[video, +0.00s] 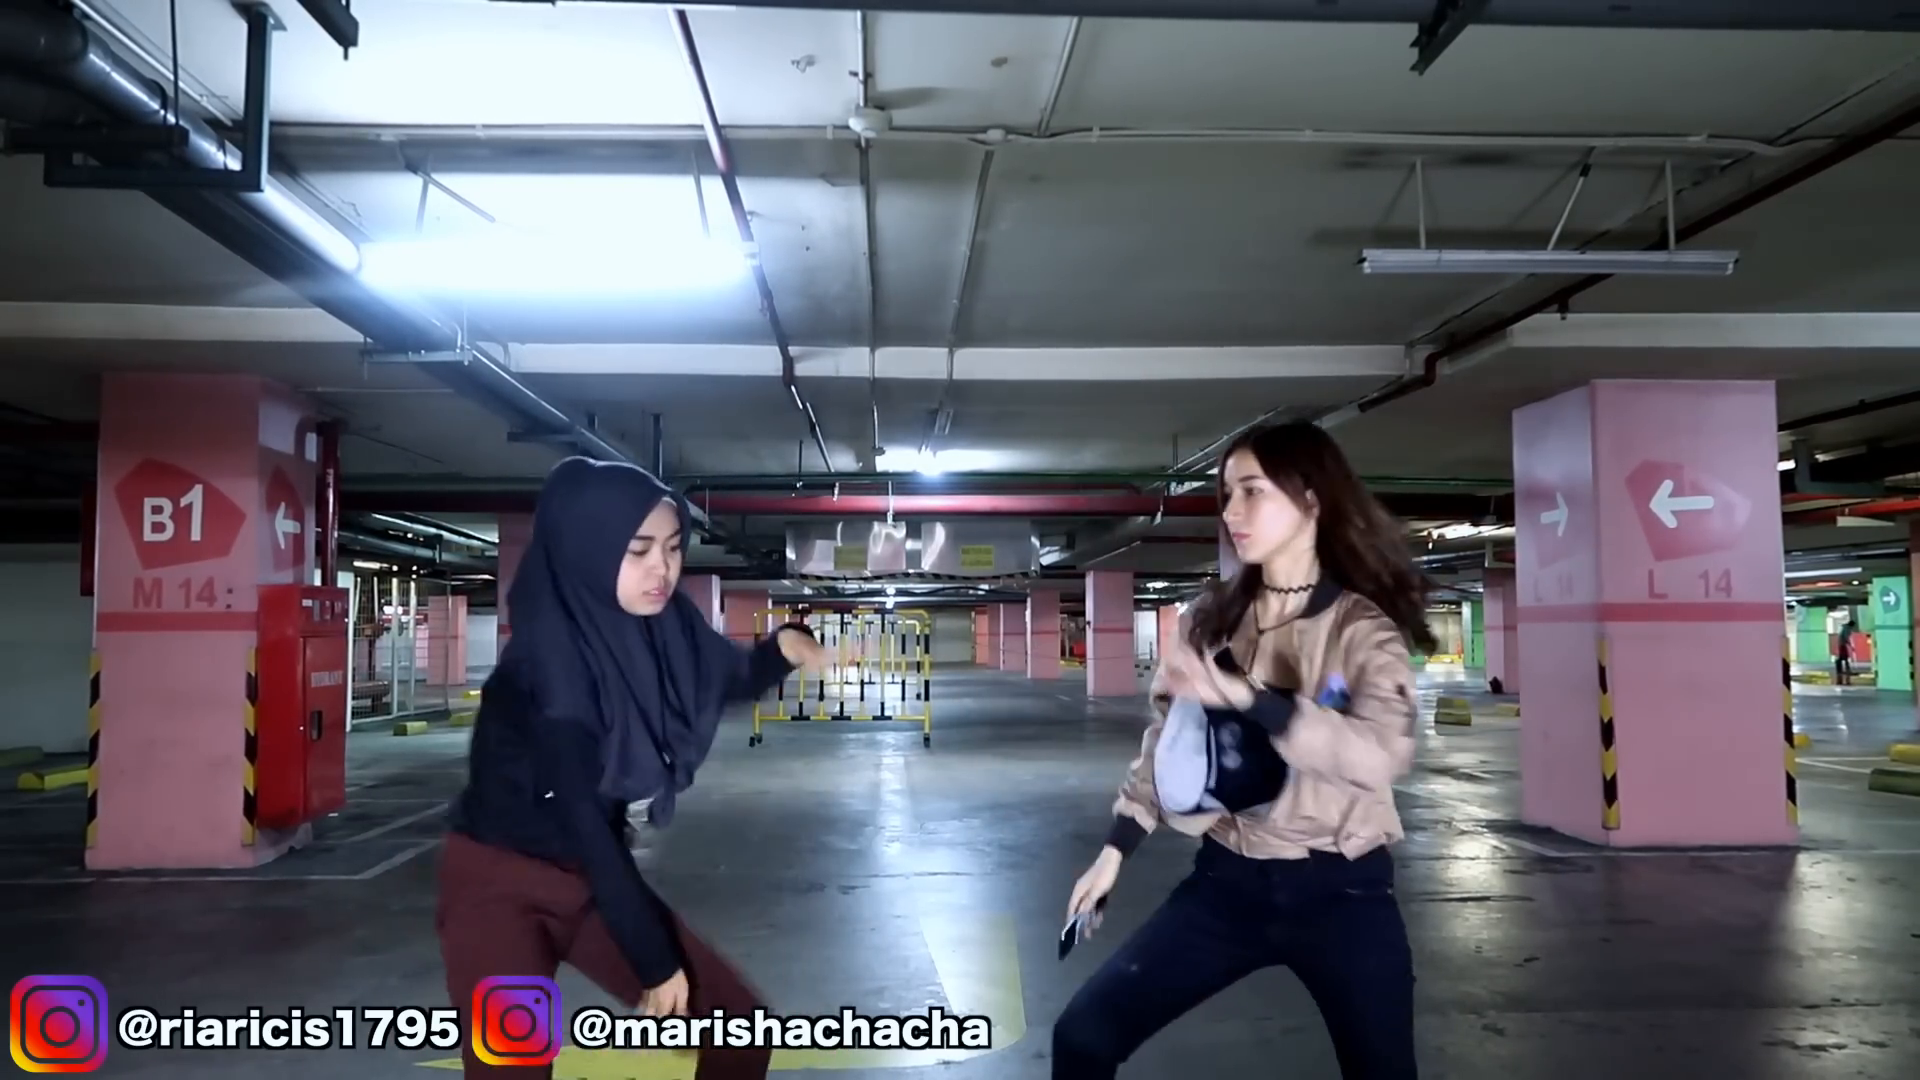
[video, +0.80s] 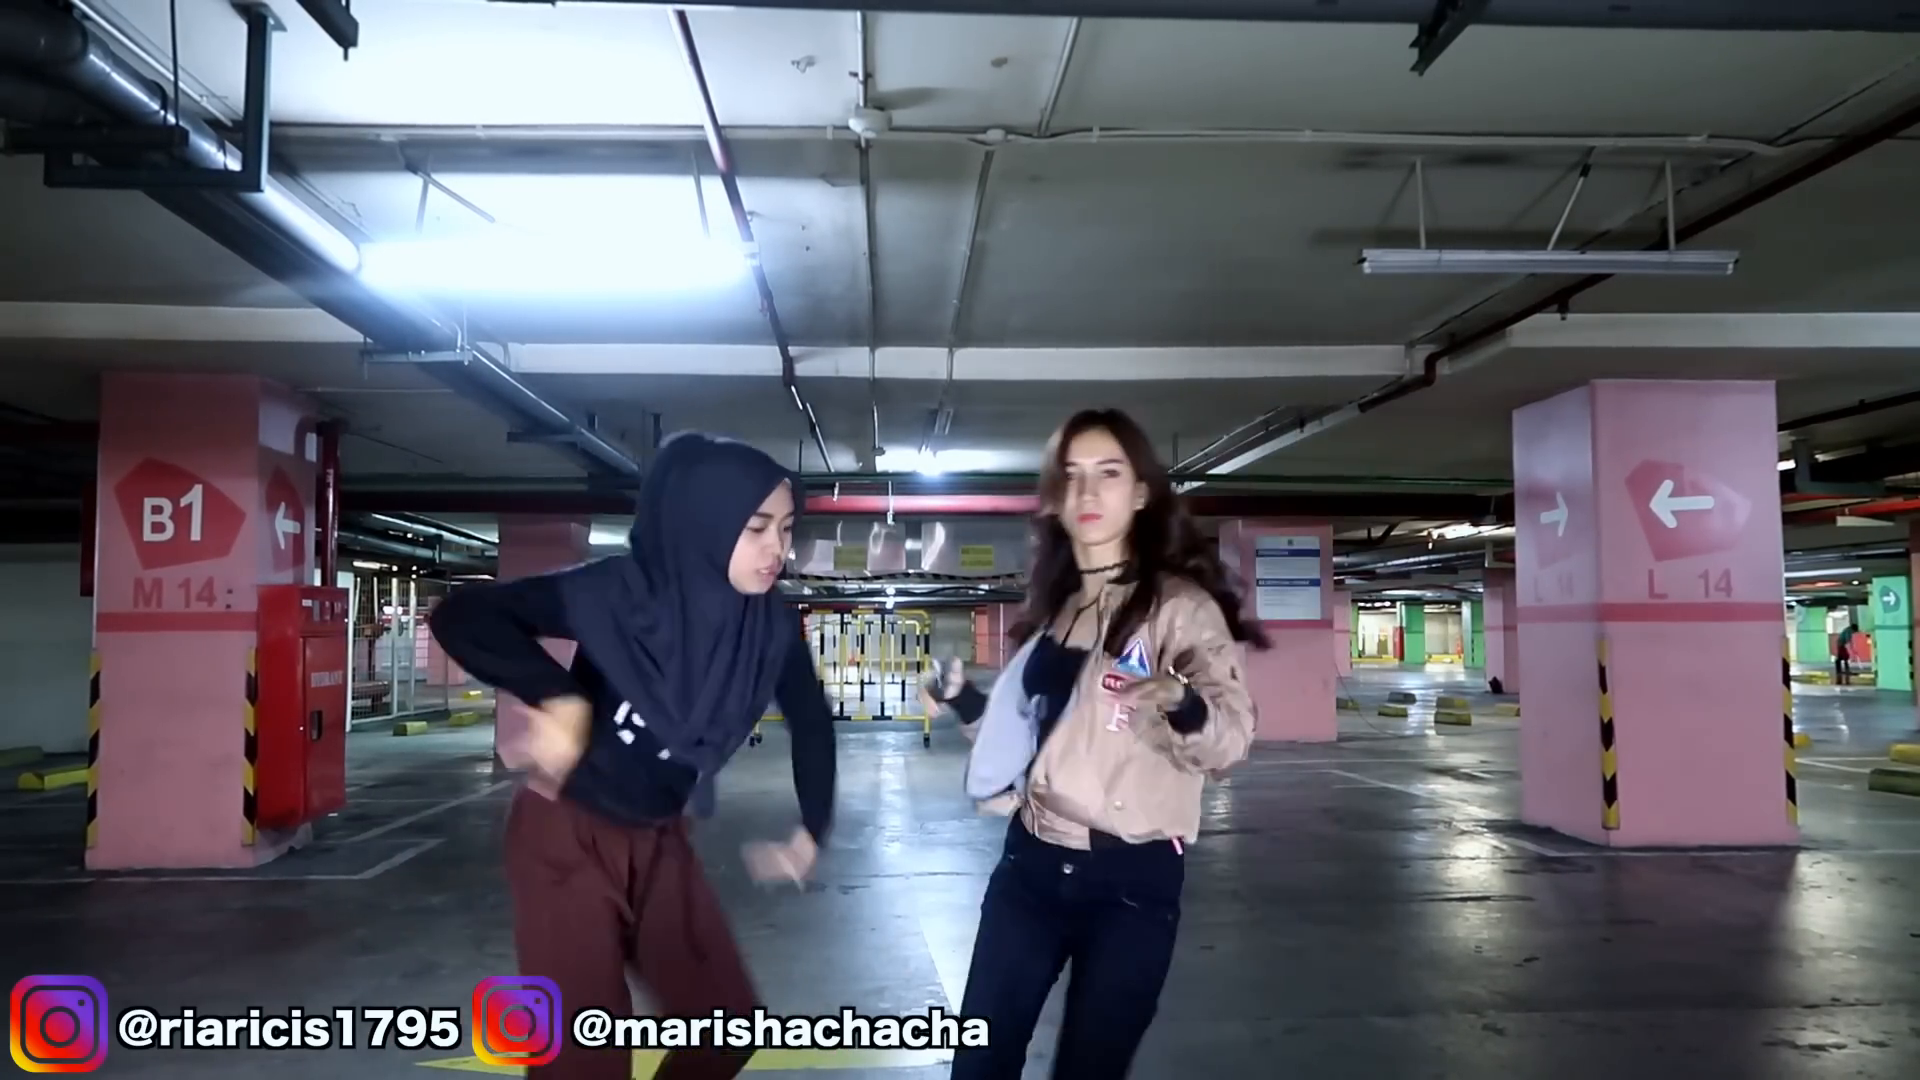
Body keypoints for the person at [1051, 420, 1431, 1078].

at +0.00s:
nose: (1229, 513)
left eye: (1250, 491)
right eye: (1228, 495)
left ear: (1310, 503)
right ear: (1227, 508)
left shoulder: (1363, 628)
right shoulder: (1210, 620)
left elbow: (1383, 756)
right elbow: (1165, 737)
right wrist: (1115, 848)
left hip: (1345, 891)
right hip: (1227, 884)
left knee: (1385, 1069)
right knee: (1083, 1036)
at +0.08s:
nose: (1218, 492)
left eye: (1240, 470)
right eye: (1217, 473)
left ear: (1299, 481)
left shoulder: (1345, 609)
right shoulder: (1218, 595)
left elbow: (1321, 728)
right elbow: (1172, 705)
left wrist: (1211, 637)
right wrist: (1115, 805)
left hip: (1312, 880)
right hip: (1199, 869)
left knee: (1358, 1070)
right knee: (1066, 1050)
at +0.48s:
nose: (1163, 500)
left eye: (1185, 480)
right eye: (1163, 482)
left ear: (1244, 488)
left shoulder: (1281, 611)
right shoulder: (1185, 593)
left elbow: (1236, 726)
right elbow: (1150, 673)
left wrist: (1155, 616)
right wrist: (1085, 711)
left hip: (1250, 885)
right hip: (1155, 873)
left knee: (1263, 1072)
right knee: (1014, 1046)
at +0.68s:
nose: (1122, 499)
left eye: (1145, 477)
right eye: (1113, 482)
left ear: (1194, 489)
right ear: (1103, 495)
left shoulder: (1214, 597)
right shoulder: (1121, 597)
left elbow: (1256, 689)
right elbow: (1099, 678)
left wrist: (1155, 640)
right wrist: (1026, 675)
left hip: (1154, 867)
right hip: (1061, 858)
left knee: (1180, 1069)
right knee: (997, 1055)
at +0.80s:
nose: (1085, 489)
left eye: (1107, 473)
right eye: (1071, 475)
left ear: (1143, 492)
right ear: (1056, 494)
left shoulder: (1183, 607)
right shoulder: (1057, 608)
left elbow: (1232, 739)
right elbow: (1035, 736)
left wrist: (1179, 704)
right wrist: (972, 705)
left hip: (1133, 878)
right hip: (1031, 863)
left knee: (1087, 1070)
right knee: (978, 1061)